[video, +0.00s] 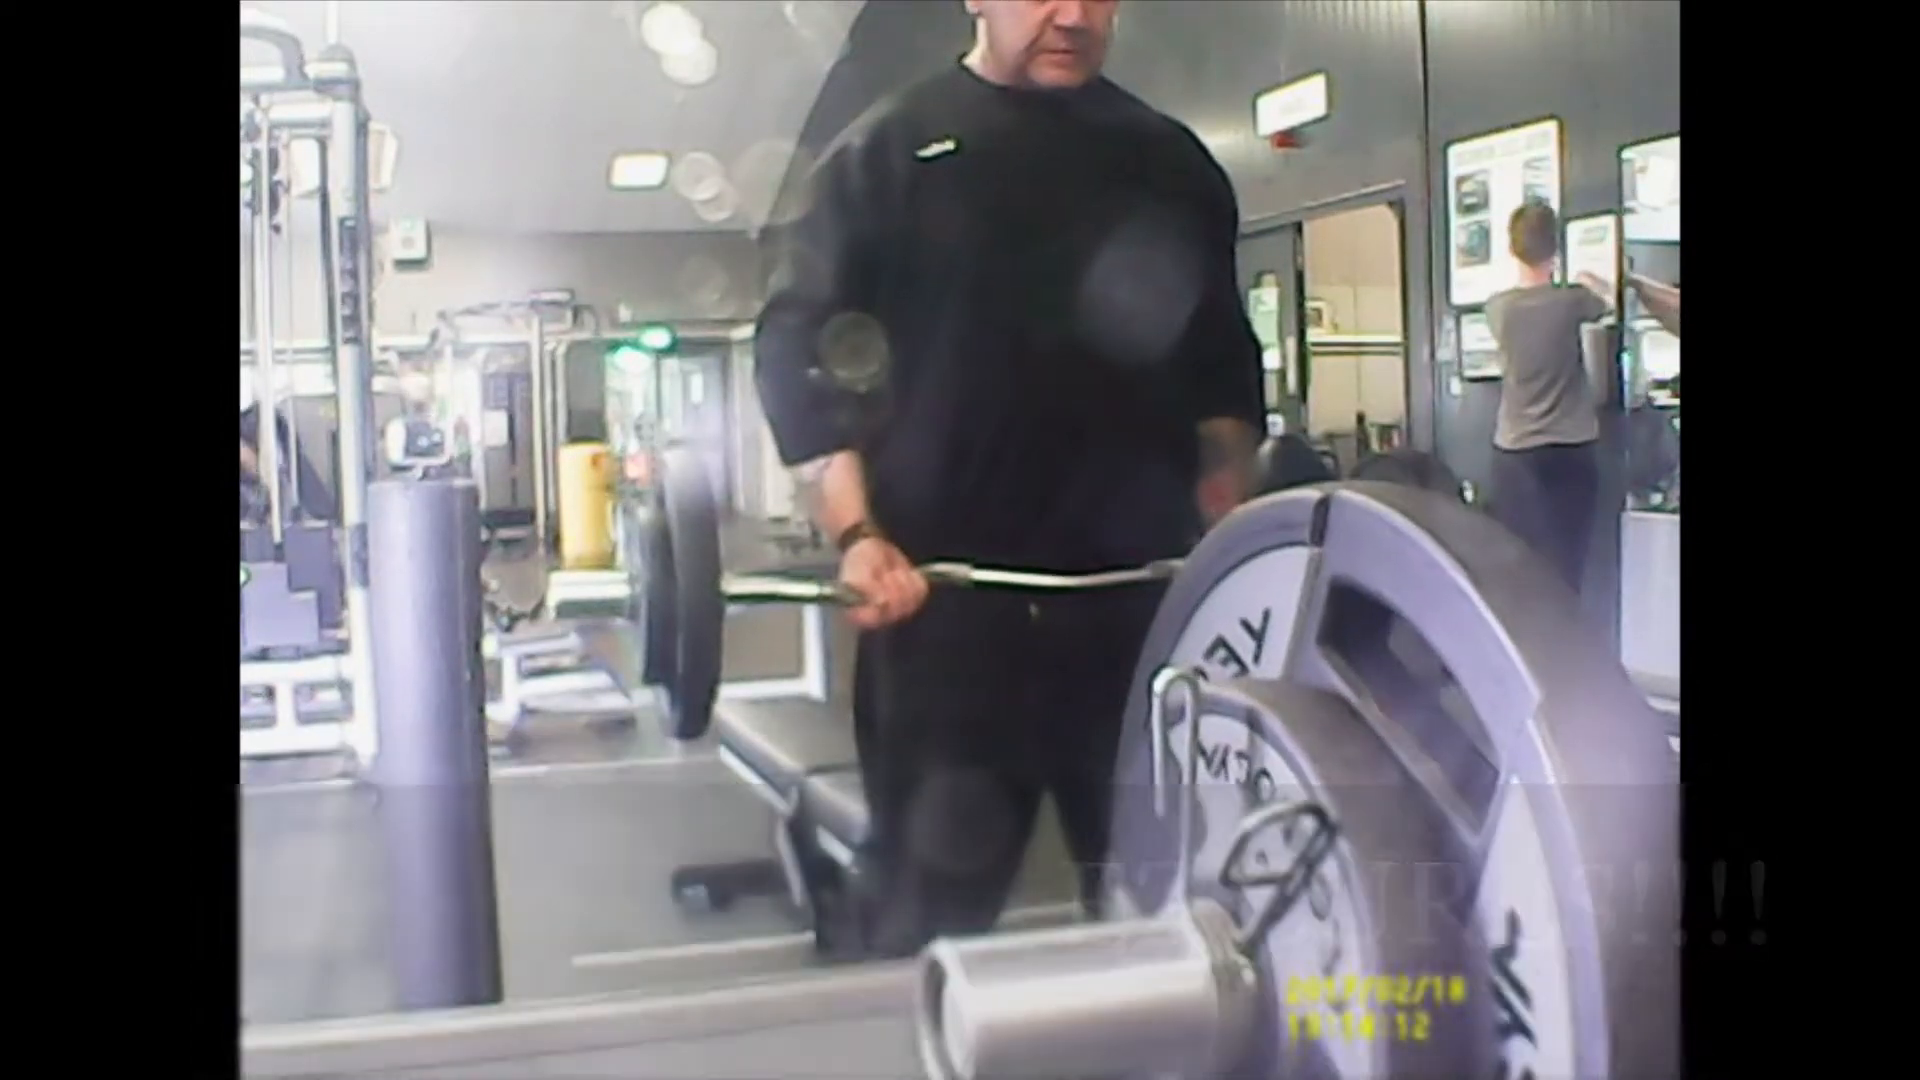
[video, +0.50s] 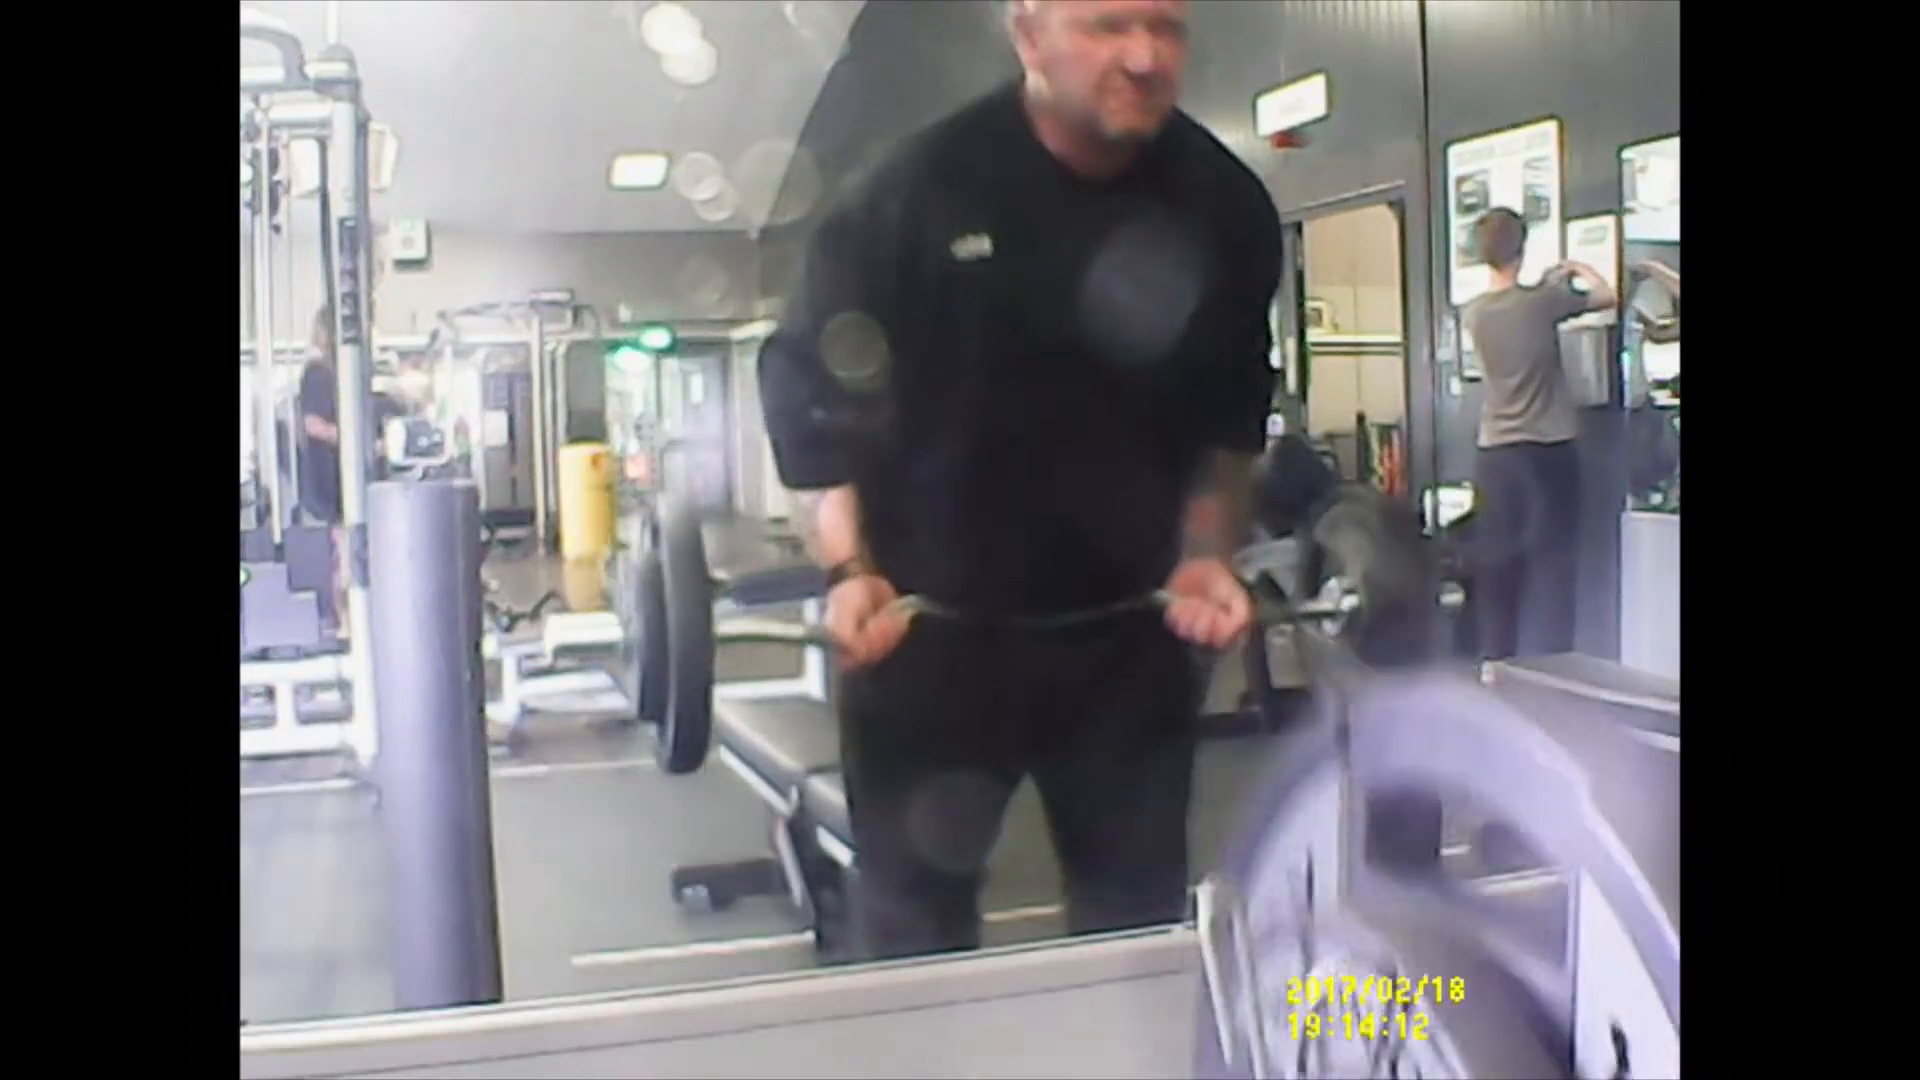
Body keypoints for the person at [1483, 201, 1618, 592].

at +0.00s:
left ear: (1512, 250)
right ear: (1556, 248)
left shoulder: (1497, 307)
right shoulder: (1573, 300)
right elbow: (1604, 305)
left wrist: (1550, 286)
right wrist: (1589, 284)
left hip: (1515, 449)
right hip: (1571, 447)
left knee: (1520, 557)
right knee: (1566, 562)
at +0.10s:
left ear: (1508, 251)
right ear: (1550, 247)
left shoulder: (1494, 307)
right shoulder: (1571, 300)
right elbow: (1606, 304)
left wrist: (1547, 288)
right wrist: (1588, 279)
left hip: (1513, 450)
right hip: (1569, 447)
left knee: (1518, 560)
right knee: (1564, 564)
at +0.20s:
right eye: (1536, 245)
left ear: (1497, 253)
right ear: (1539, 252)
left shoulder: (1484, 310)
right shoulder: (1560, 300)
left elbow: (1515, 308)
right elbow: (1609, 306)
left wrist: (1536, 282)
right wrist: (1588, 276)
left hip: (1504, 450)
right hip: (1560, 448)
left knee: (1503, 561)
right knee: (1558, 564)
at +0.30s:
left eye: (1495, 245)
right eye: (1527, 244)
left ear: (1489, 253)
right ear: (1532, 249)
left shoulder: (1479, 311)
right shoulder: (1553, 301)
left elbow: (1512, 305)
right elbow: (1611, 304)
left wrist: (1541, 284)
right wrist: (1587, 272)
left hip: (1497, 451)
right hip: (1551, 449)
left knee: (1497, 562)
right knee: (1551, 565)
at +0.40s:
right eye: (1524, 244)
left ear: (1487, 252)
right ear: (1529, 249)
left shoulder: (1476, 311)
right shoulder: (1550, 301)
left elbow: (1508, 307)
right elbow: (1611, 302)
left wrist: (1533, 286)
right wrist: (1586, 271)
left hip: (1497, 447)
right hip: (1551, 444)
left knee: (1498, 554)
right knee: (1552, 554)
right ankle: (1551, 643)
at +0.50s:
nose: (1515, 252)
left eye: (1497, 245)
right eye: (1519, 244)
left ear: (1481, 253)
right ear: (1522, 250)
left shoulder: (1475, 313)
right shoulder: (1543, 302)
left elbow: (1515, 308)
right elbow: (1608, 299)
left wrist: (1551, 279)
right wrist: (1581, 269)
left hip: (1495, 450)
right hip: (1547, 447)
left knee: (1496, 554)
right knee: (1551, 554)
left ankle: (1493, 660)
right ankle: (1551, 665)